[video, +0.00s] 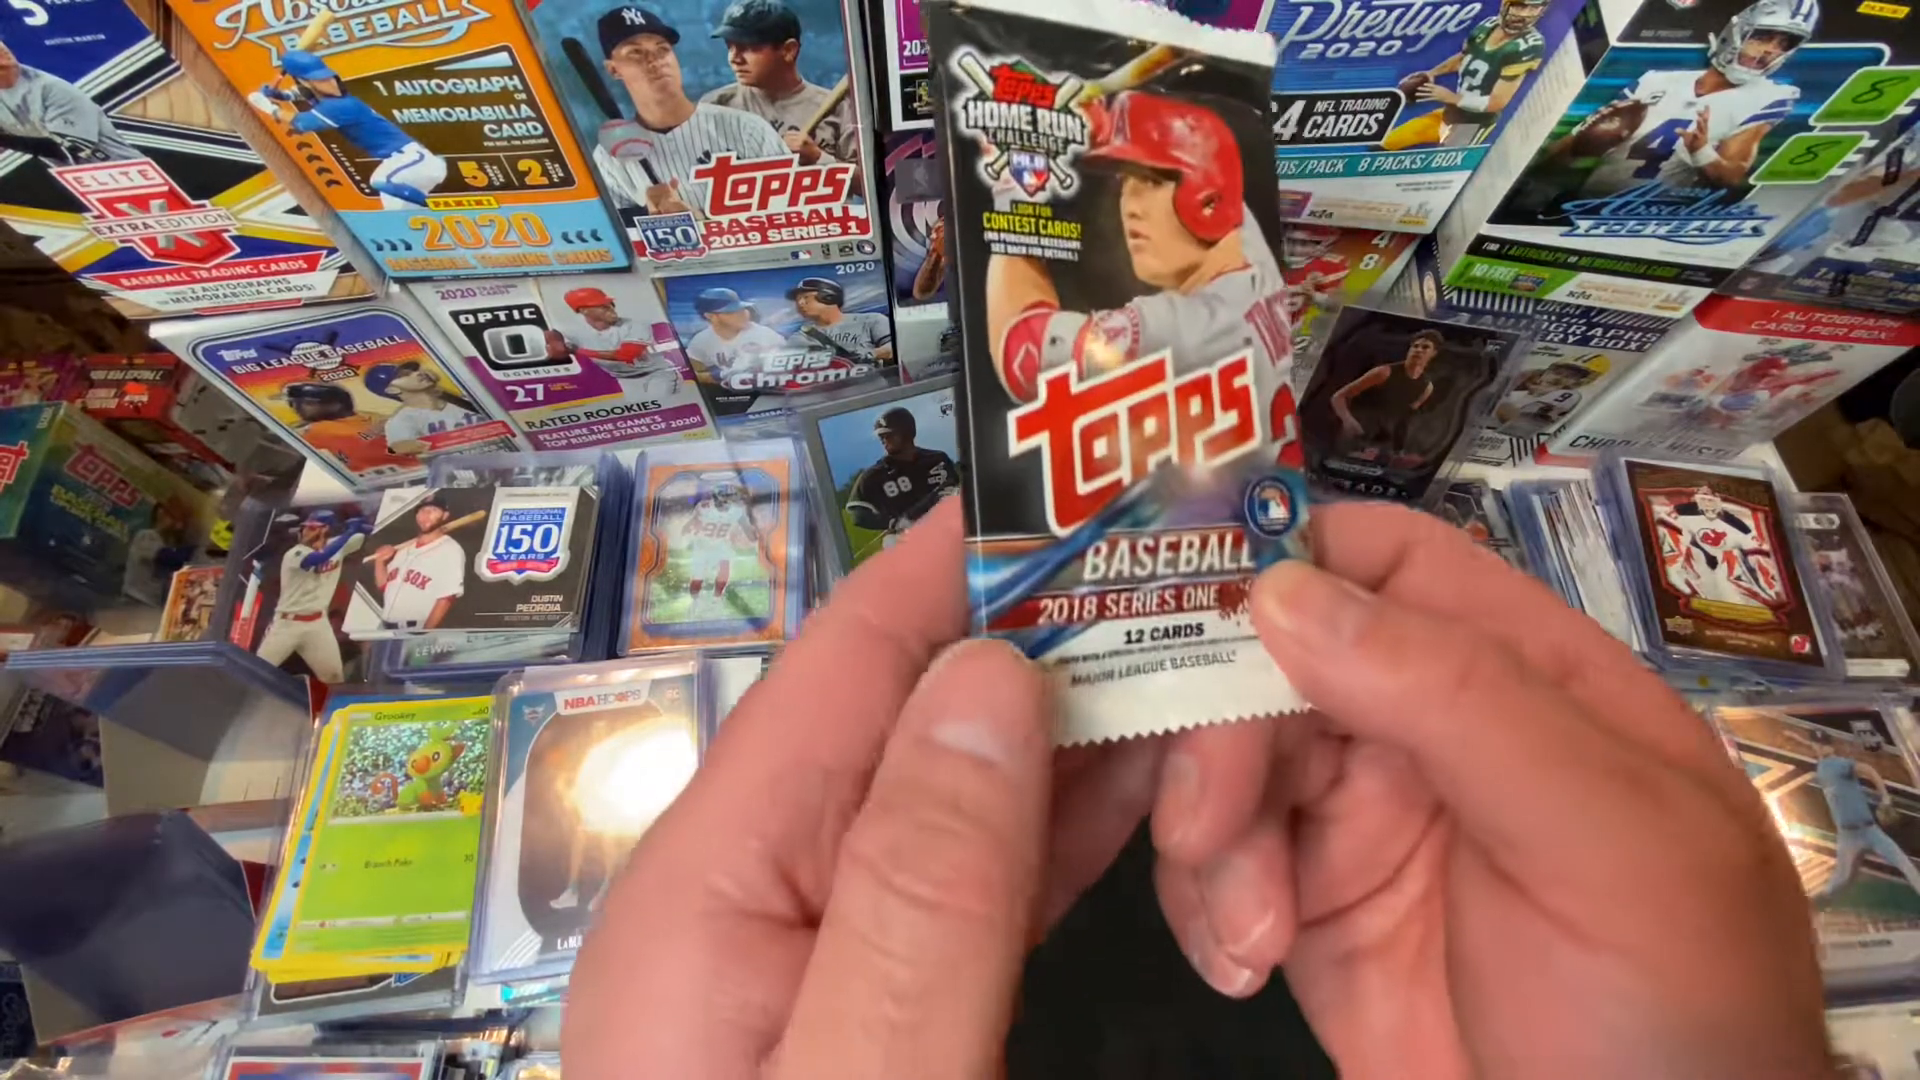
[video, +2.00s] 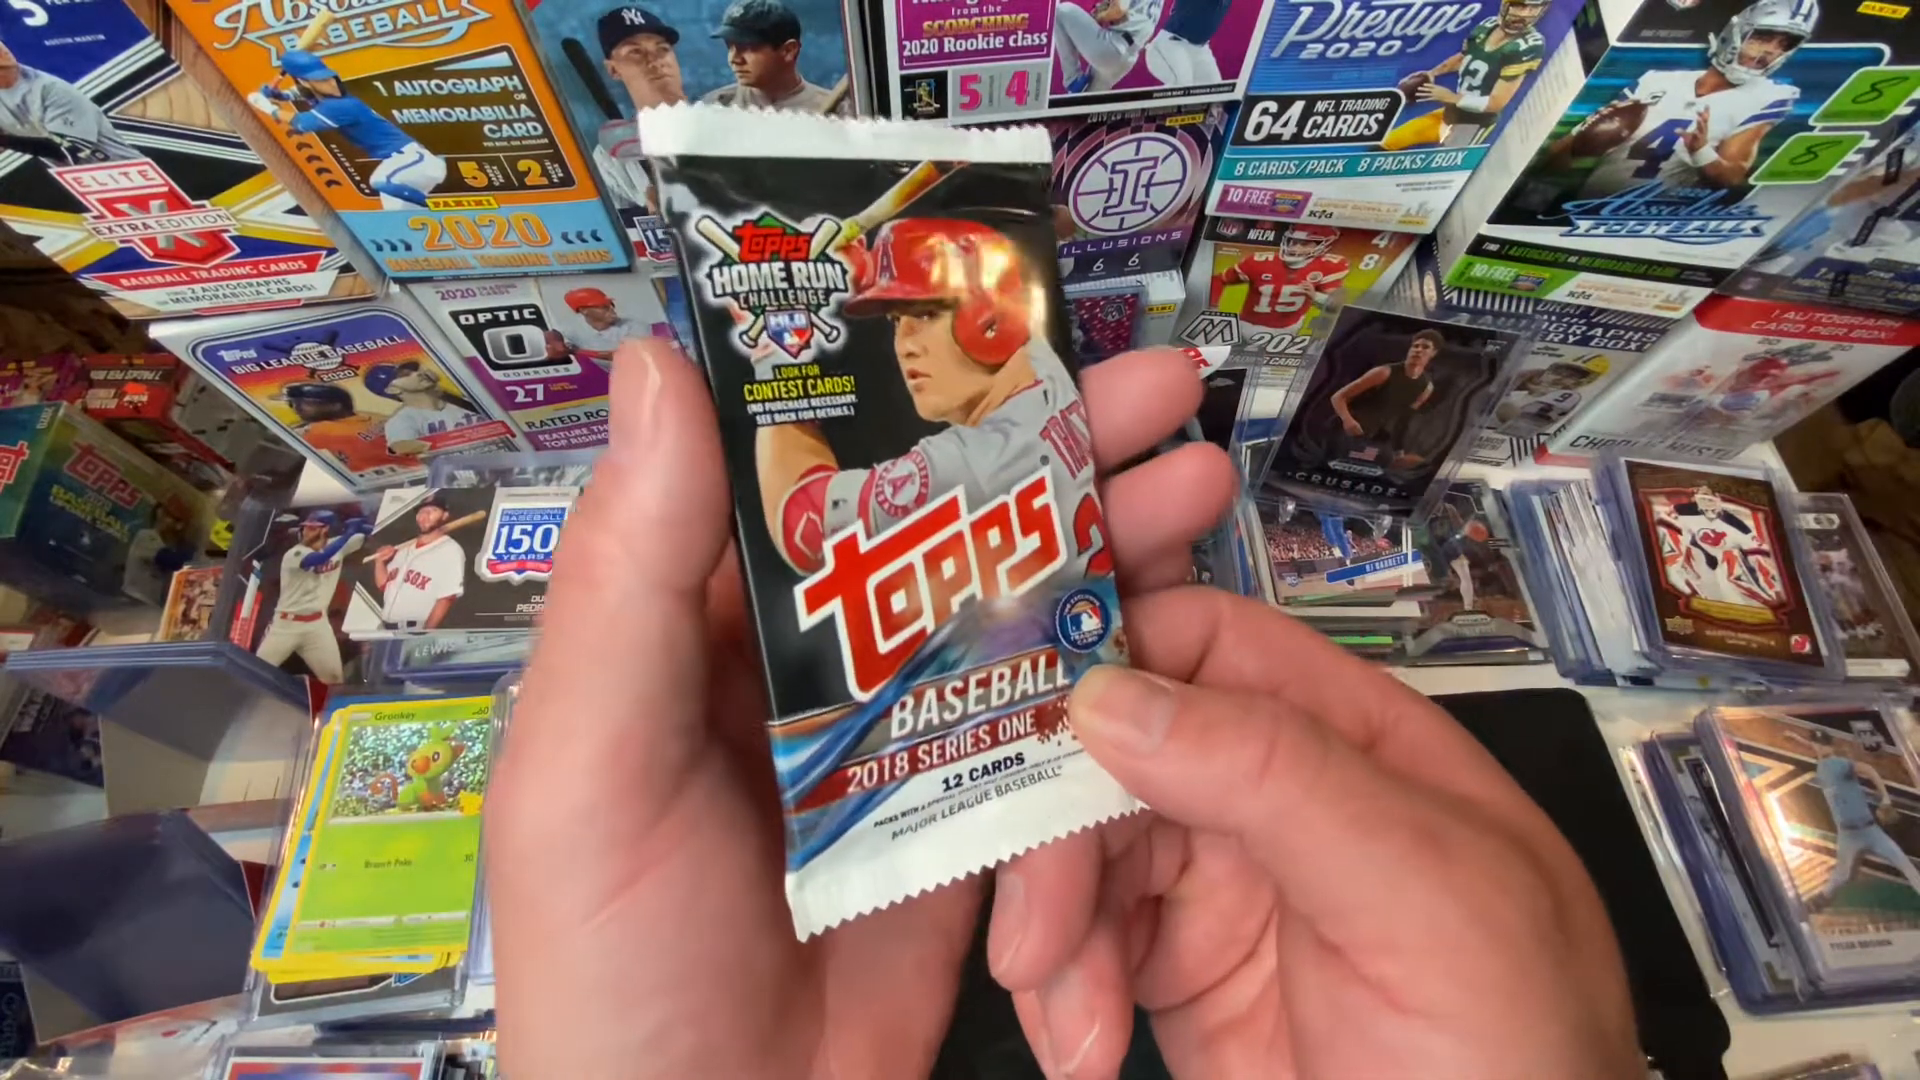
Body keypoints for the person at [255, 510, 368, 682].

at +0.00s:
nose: (303, 532)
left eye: (309, 528)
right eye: (304, 527)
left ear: (324, 530)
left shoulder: (336, 549)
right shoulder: (294, 554)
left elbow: (367, 532)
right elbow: (318, 560)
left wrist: (357, 524)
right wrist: (348, 535)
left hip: (317, 625)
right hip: (285, 624)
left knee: (334, 678)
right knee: (259, 670)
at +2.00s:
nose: (305, 532)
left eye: (311, 528)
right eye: (304, 527)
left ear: (324, 530)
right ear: (302, 529)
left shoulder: (337, 548)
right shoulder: (293, 554)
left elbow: (368, 533)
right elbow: (319, 560)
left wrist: (358, 525)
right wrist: (346, 537)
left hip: (317, 626)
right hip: (284, 625)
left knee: (334, 679)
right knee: (257, 671)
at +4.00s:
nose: (303, 531)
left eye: (309, 528)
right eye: (304, 527)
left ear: (323, 531)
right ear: (303, 529)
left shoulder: (337, 548)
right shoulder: (294, 554)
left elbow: (368, 532)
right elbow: (320, 559)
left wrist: (357, 524)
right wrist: (348, 534)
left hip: (317, 625)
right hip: (285, 624)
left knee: (334, 677)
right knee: (258, 670)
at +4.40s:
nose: (303, 532)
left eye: (309, 528)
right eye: (304, 528)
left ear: (323, 531)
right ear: (302, 530)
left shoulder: (337, 548)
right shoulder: (293, 554)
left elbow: (369, 533)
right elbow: (320, 559)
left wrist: (357, 522)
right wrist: (347, 536)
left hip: (317, 625)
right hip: (285, 624)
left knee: (333, 678)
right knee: (258, 670)